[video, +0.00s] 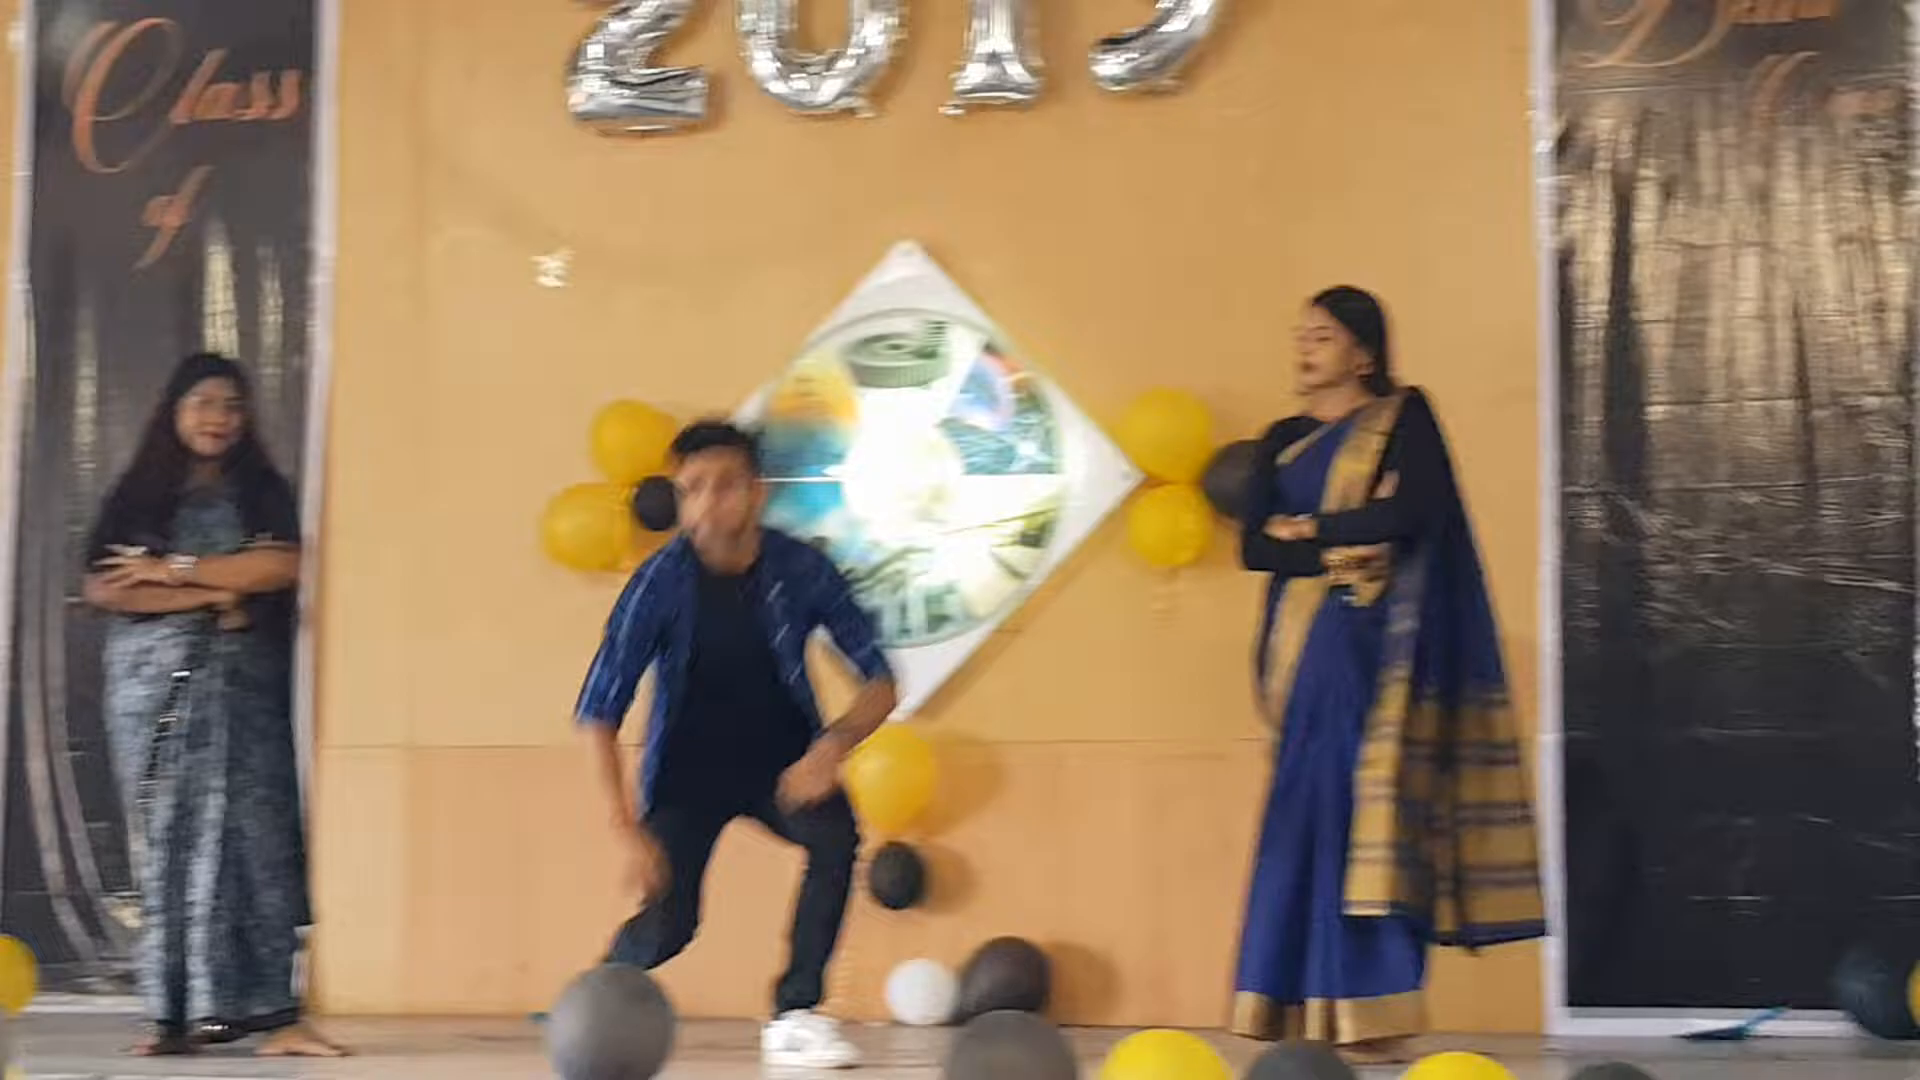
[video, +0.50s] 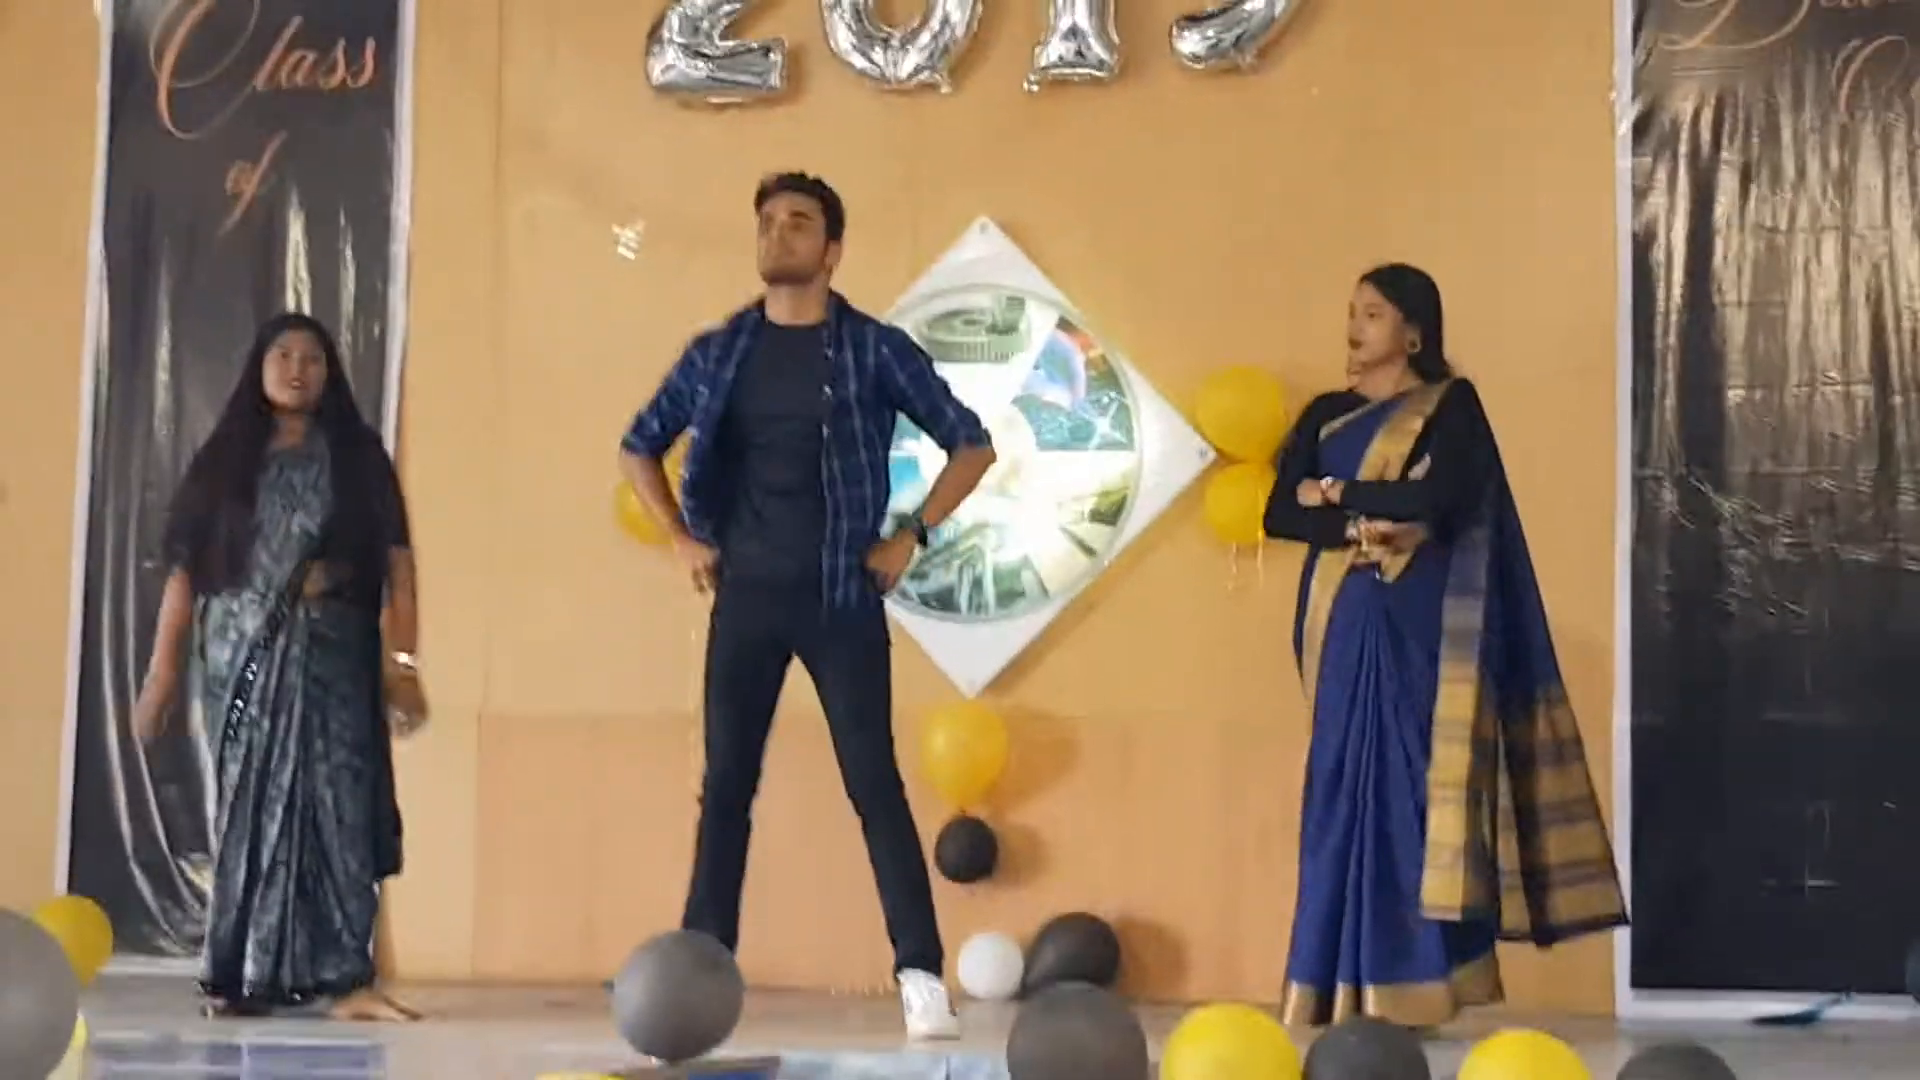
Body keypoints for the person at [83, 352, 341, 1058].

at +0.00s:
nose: (219, 419)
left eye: (231, 406)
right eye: (204, 405)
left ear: (245, 416)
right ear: (174, 413)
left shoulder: (262, 486)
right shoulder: (139, 492)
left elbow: (286, 566)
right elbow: (102, 587)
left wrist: (175, 568)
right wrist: (207, 595)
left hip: (244, 689)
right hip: (157, 690)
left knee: (251, 839)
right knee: (172, 843)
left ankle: (267, 1012)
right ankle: (179, 1013)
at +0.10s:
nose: (247, 417)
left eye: (260, 406)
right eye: (233, 403)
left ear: (274, 417)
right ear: (206, 409)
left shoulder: (294, 483)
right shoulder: (173, 487)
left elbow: (320, 566)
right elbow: (134, 587)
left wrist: (206, 570)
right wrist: (242, 593)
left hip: (278, 692)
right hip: (191, 694)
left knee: (294, 841)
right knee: (200, 844)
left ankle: (311, 1017)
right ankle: (204, 1018)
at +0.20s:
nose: (279, 399)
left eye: (292, 388)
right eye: (265, 385)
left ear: (307, 398)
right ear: (239, 392)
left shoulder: (330, 469)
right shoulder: (205, 470)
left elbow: (358, 560)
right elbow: (162, 573)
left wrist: (268, 571)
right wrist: (272, 568)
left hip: (308, 675)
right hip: (220, 677)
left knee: (321, 821)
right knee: (229, 823)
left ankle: (336, 995)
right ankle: (226, 994)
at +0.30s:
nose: (298, 385)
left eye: (311, 374)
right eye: (285, 371)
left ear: (326, 385)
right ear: (258, 378)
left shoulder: (350, 458)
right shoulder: (224, 460)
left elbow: (380, 556)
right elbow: (177, 566)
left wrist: (322, 602)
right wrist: (261, 580)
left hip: (329, 665)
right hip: (243, 667)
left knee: (341, 814)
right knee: (250, 814)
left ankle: (353, 990)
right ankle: (248, 988)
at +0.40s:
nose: (298, 371)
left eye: (311, 360)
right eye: (284, 358)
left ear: (328, 372)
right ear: (259, 367)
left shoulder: (354, 449)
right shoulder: (227, 447)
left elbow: (387, 549)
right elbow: (174, 546)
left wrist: (367, 638)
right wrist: (212, 618)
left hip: (333, 652)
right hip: (247, 651)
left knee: (343, 809)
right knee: (247, 806)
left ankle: (350, 979)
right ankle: (238, 977)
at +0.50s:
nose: (296, 369)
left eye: (310, 360)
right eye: (284, 357)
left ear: (330, 374)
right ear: (260, 369)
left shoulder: (361, 457)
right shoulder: (226, 454)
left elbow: (398, 565)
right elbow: (183, 569)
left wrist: (404, 665)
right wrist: (161, 674)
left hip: (336, 657)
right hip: (245, 656)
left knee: (343, 807)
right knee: (249, 807)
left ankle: (350, 982)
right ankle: (238, 979)